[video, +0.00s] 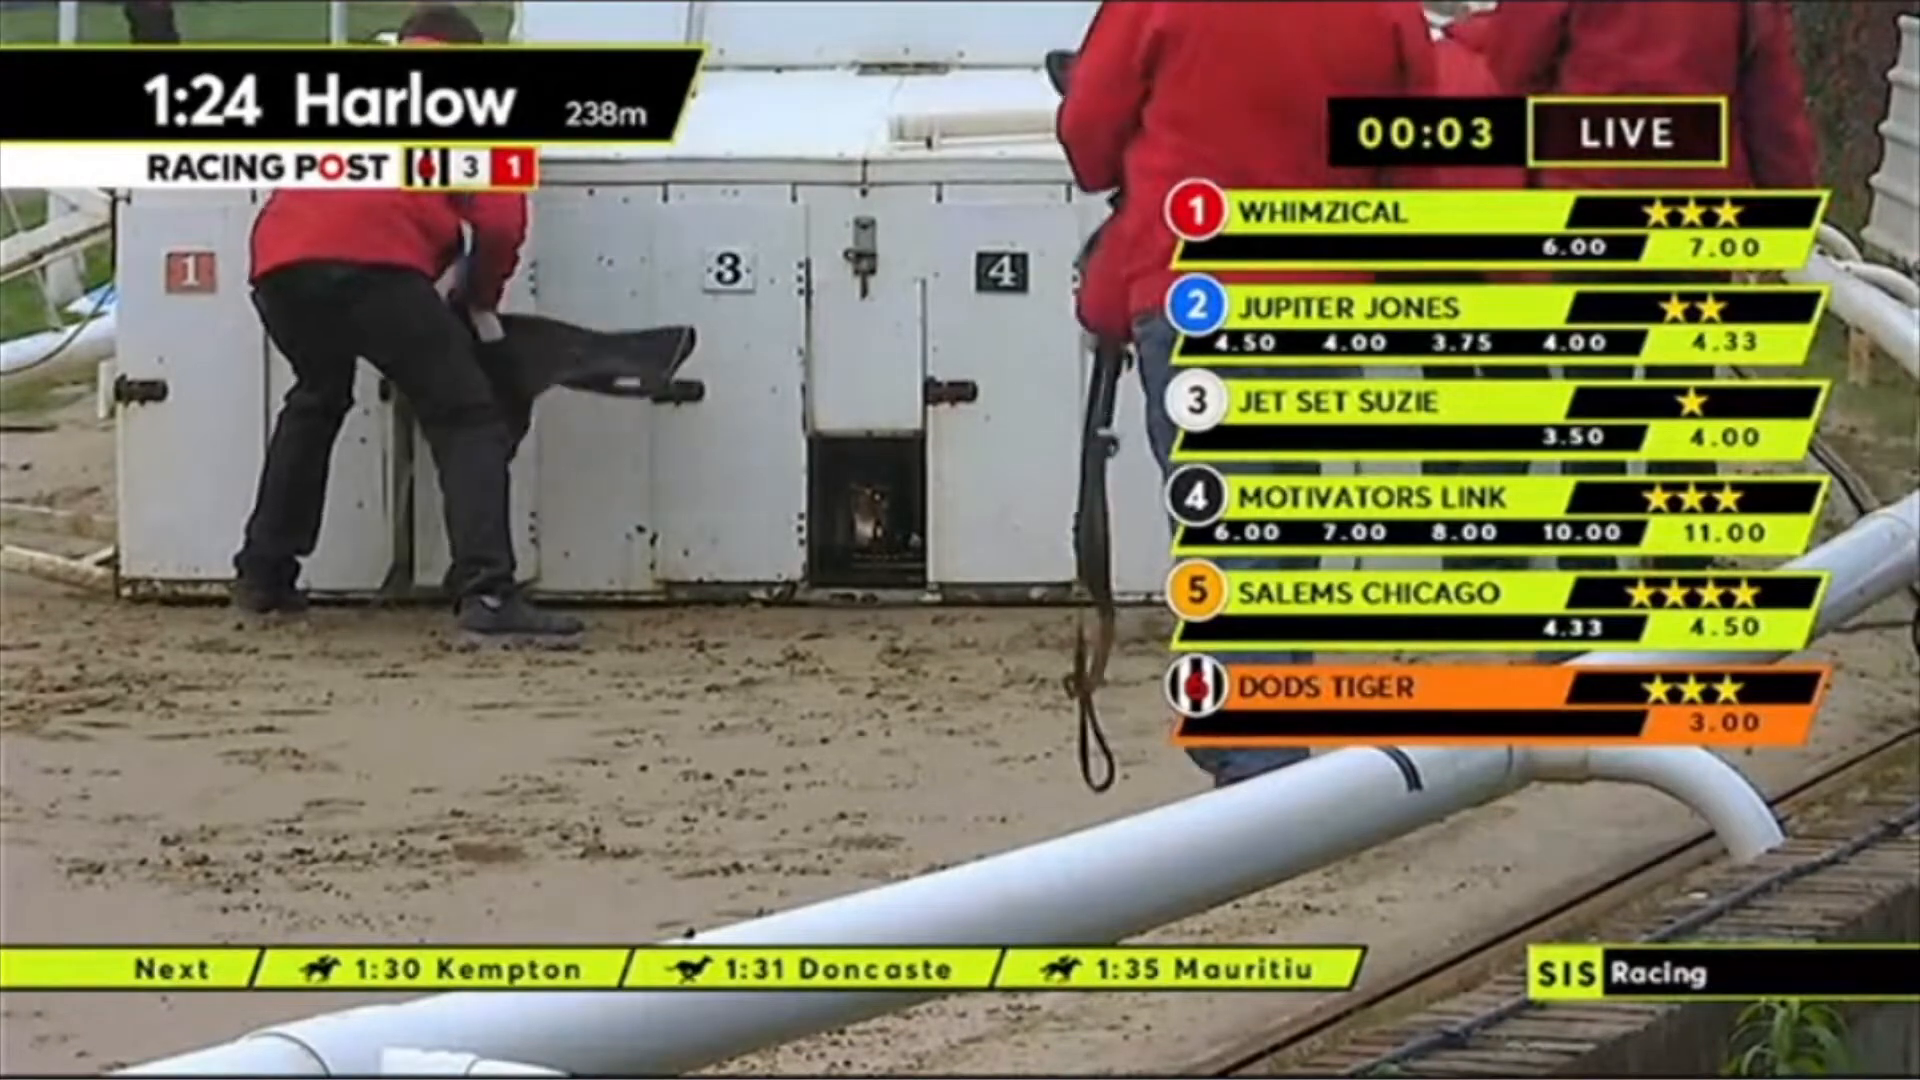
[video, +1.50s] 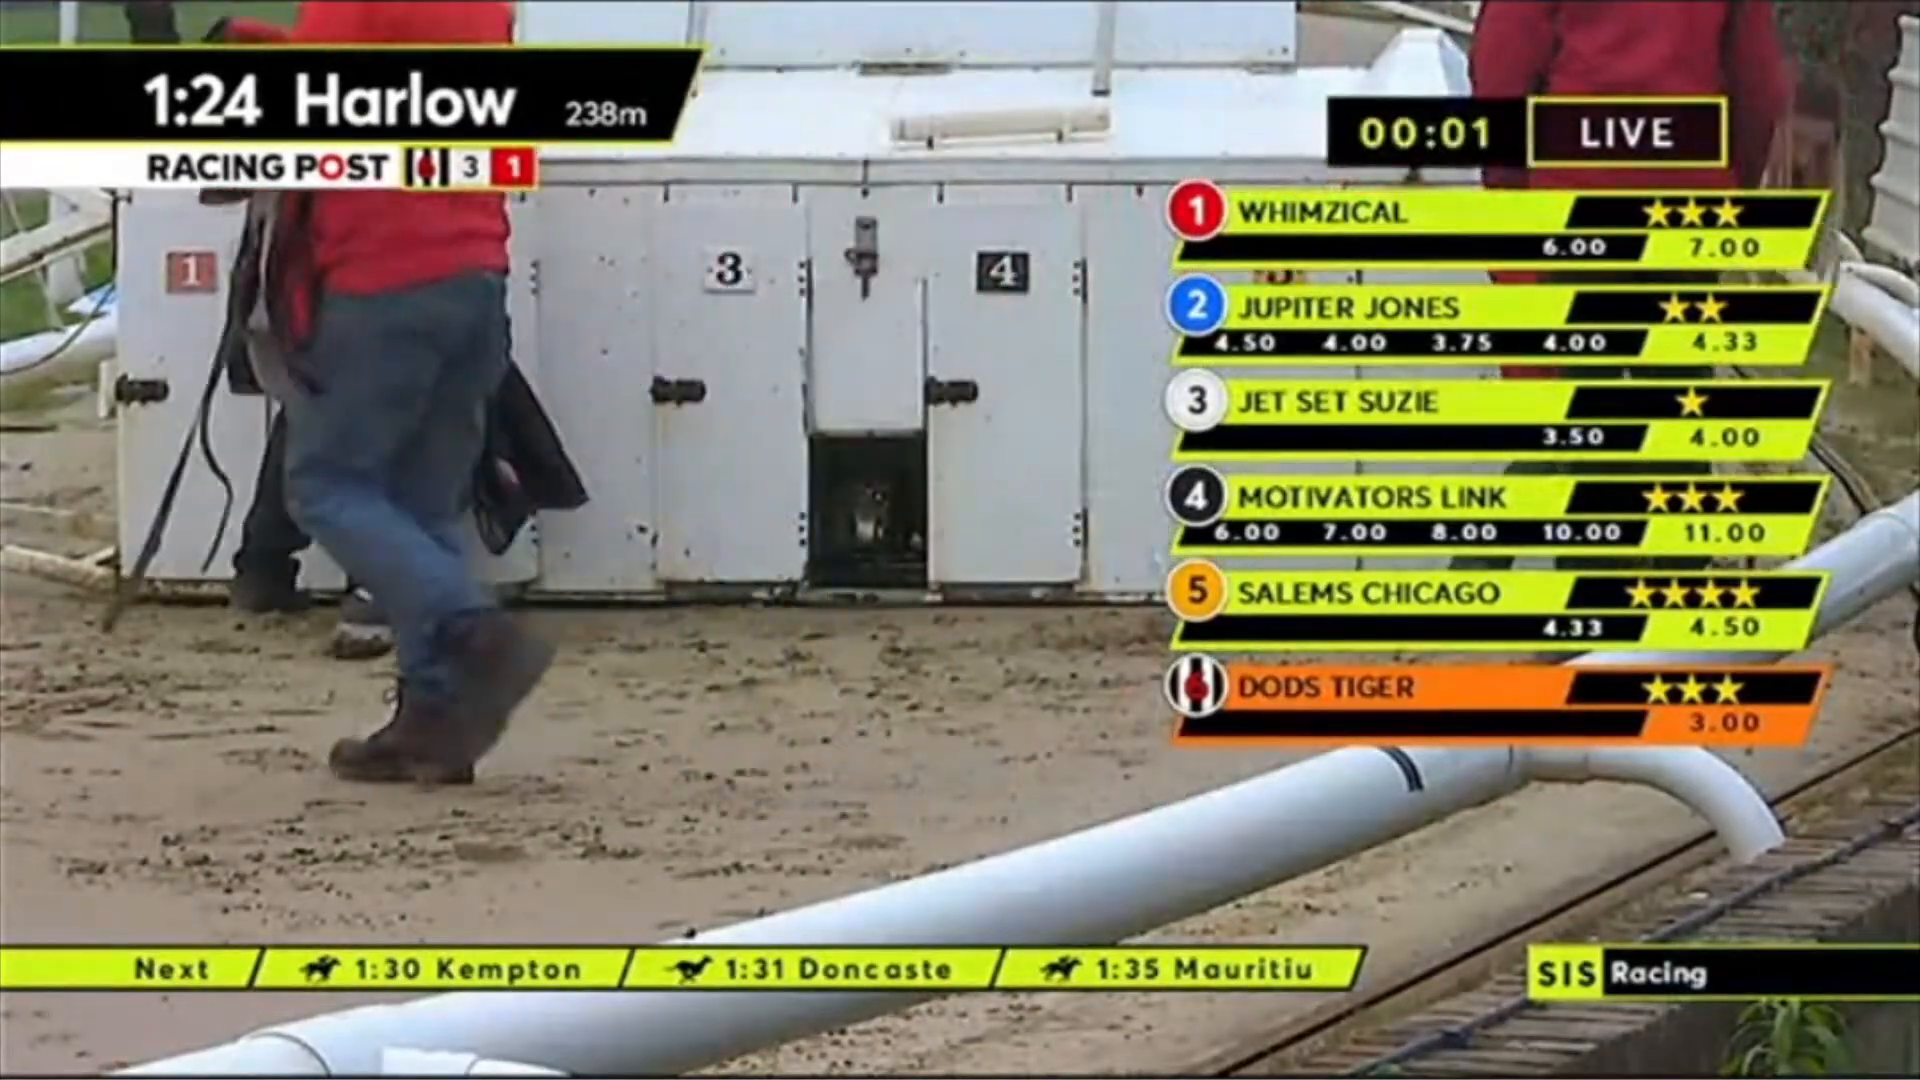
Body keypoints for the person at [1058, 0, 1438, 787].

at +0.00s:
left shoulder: (1155, 6)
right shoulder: (1383, 9)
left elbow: (1088, 137)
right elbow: (1429, 115)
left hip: (1190, 292)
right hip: (1343, 291)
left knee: (1213, 518)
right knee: (1319, 508)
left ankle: (1252, 748)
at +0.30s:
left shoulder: (1093, 4)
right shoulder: (1304, 12)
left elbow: (1000, 106)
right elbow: (1273, 129)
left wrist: (986, 69)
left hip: (1121, 281)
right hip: (1250, 292)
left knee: (1073, 509)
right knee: (1211, 526)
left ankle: (1176, 661)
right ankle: (1206, 762)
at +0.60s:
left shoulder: (1007, 4)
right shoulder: (1164, 10)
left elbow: (928, 123)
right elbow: (1135, 130)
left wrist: (868, 138)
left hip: (1015, 295)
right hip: (1134, 295)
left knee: (950, 525)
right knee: (1175, 534)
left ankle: (873, 734)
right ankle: (1221, 736)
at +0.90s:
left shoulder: (782, 14)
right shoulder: (945, 14)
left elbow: (773, 170)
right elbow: (922, 147)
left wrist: (714, 162)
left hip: (822, 309)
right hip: (939, 303)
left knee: (784, 531)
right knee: (938, 502)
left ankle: (816, 750)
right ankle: (1072, 640)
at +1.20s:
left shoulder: (580, 12)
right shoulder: (732, 16)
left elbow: (541, 155)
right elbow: (711, 154)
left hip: (636, 302)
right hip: (712, 294)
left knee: (710, 516)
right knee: (615, 523)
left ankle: (815, 738)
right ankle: (526, 710)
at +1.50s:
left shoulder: (341, 8)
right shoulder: (491, 11)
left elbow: (308, 87)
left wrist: (248, 40)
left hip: (381, 286)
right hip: (477, 284)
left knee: (328, 484)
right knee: (429, 501)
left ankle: (478, 636)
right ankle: (433, 716)